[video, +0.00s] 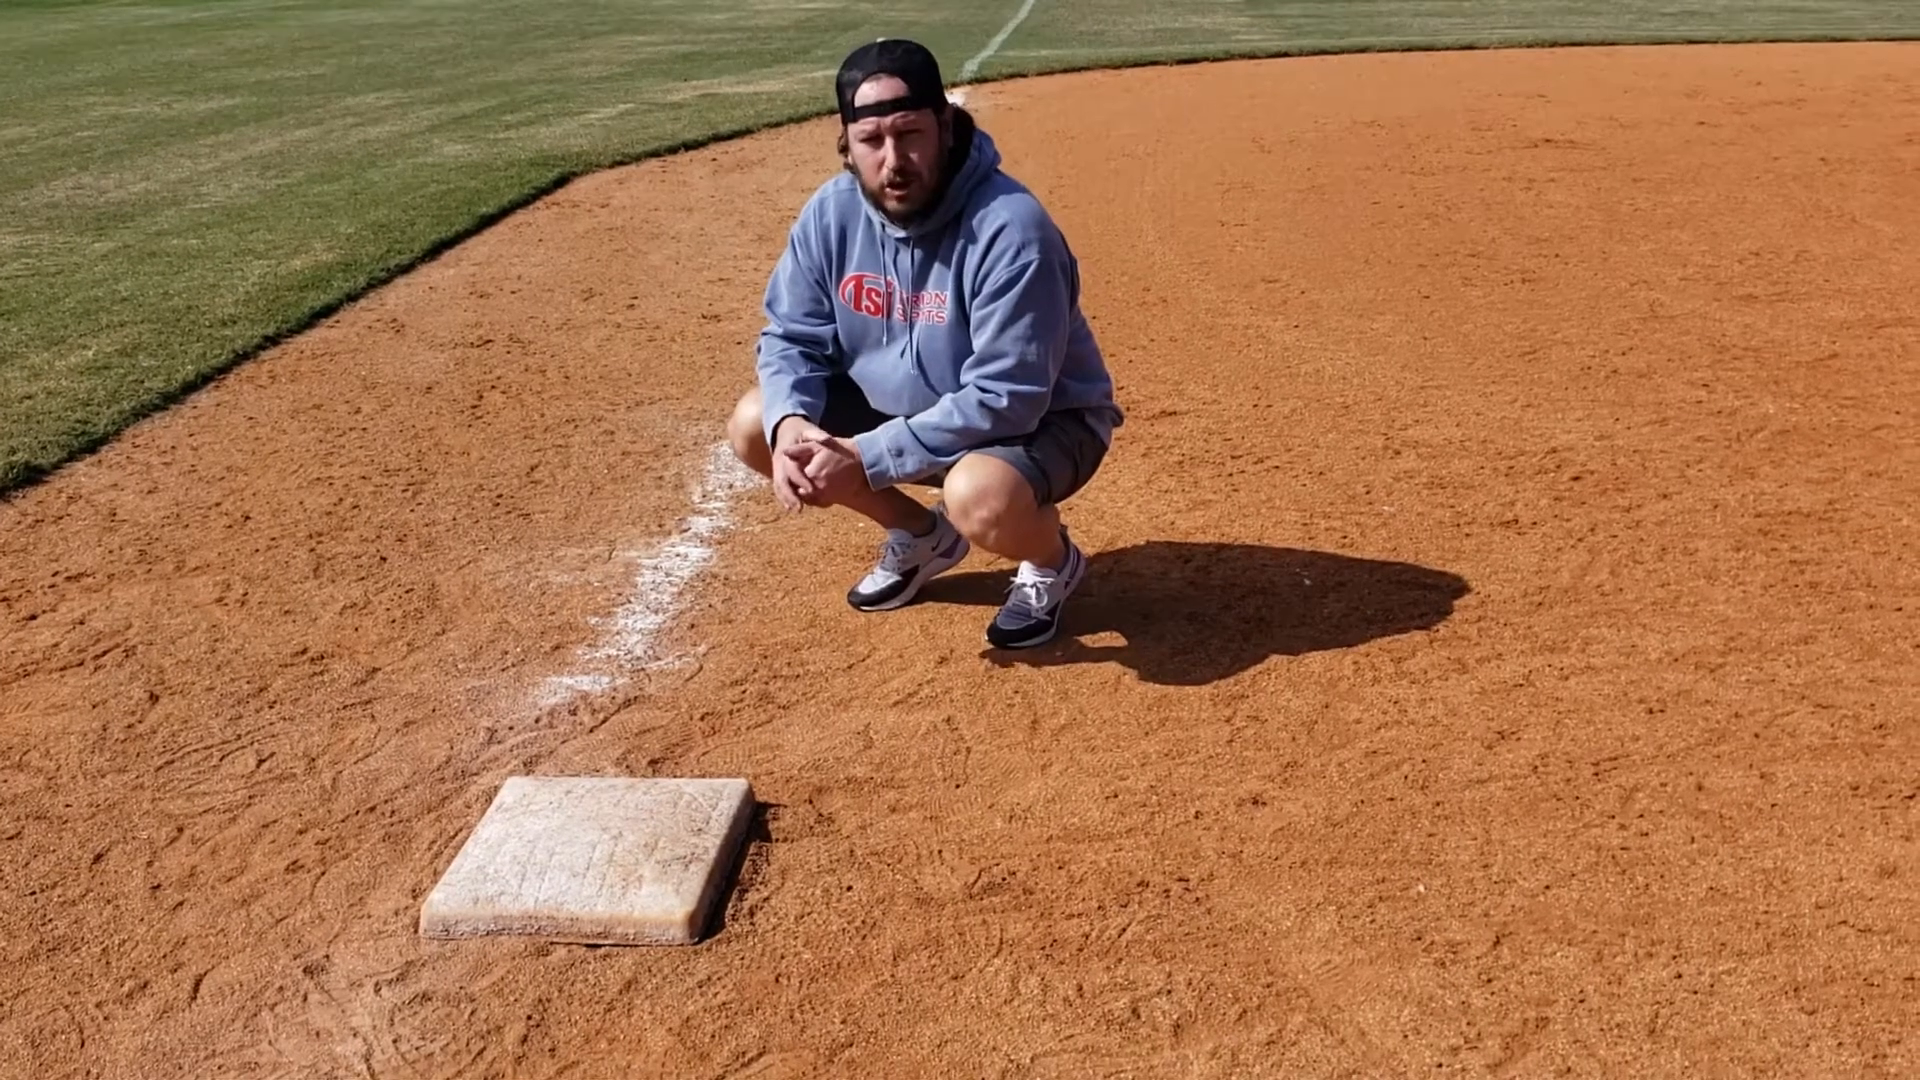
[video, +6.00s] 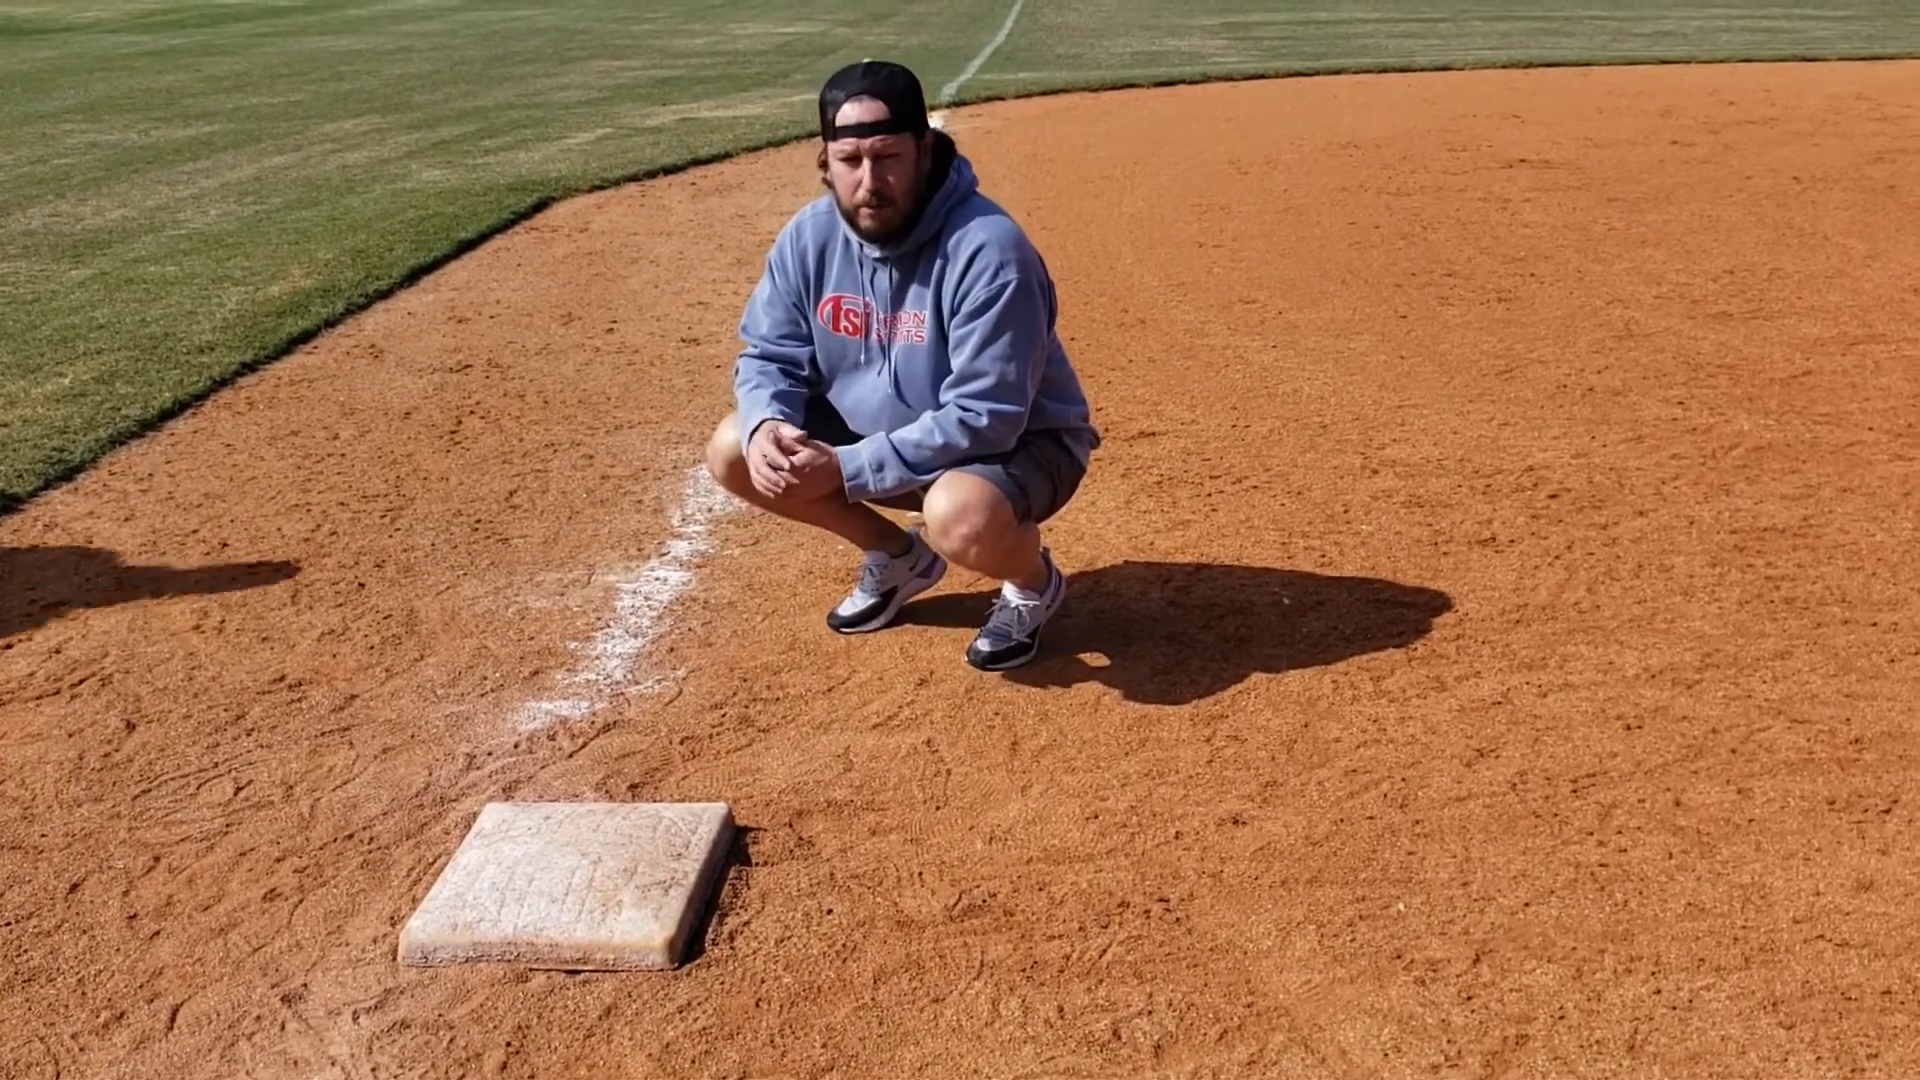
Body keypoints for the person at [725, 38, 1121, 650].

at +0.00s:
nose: (894, 162)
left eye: (911, 134)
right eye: (871, 140)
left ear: (946, 125)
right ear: (846, 145)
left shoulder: (1011, 234)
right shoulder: (832, 213)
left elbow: (1004, 402)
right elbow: (791, 335)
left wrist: (868, 459)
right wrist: (792, 421)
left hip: (1047, 419)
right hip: (909, 409)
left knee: (978, 496)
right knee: (757, 426)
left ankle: (1054, 562)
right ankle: (920, 533)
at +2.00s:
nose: (877, 168)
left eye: (893, 140)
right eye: (854, 147)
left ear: (928, 130)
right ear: (830, 153)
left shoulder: (995, 238)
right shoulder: (815, 221)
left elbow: (990, 405)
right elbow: (777, 342)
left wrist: (854, 462)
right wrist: (776, 423)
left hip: (1034, 422)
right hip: (899, 416)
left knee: (965, 500)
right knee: (742, 433)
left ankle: (1042, 566)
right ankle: (909, 539)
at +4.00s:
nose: (871, 185)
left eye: (887, 157)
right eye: (848, 163)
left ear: (923, 142)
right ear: (826, 166)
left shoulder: (992, 250)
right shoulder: (812, 235)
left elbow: (987, 416)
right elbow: (772, 350)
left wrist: (849, 474)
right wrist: (767, 414)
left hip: (1027, 436)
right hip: (890, 429)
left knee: (962, 511)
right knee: (740, 451)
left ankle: (1038, 579)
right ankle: (904, 550)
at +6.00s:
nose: (869, 184)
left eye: (888, 158)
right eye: (848, 160)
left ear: (925, 150)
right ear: (825, 162)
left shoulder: (989, 255)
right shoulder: (808, 238)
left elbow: (984, 419)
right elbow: (768, 352)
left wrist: (846, 468)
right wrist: (765, 421)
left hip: (1023, 441)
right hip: (885, 433)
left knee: (958, 515)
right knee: (736, 452)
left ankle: (1035, 585)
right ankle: (898, 554)